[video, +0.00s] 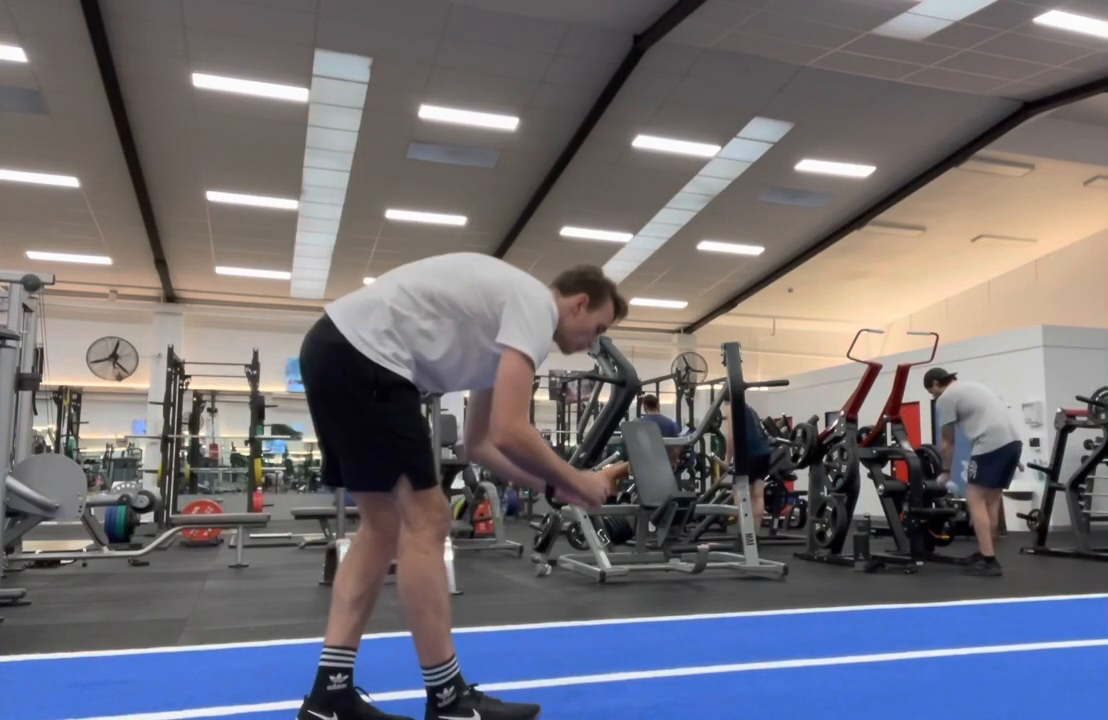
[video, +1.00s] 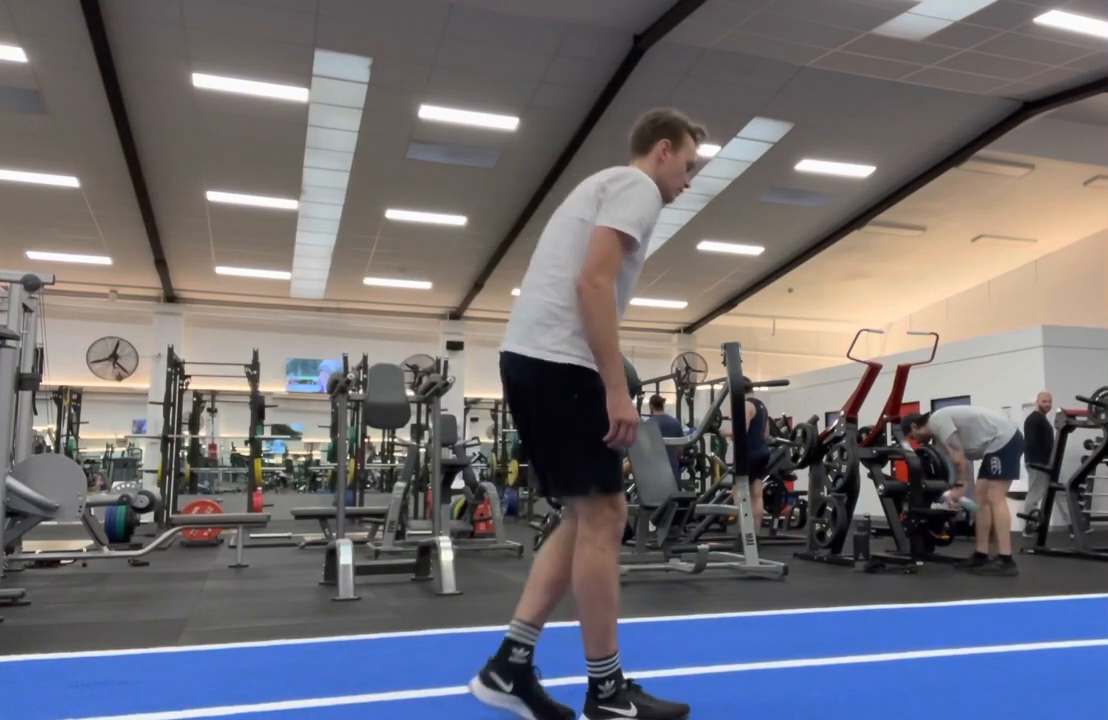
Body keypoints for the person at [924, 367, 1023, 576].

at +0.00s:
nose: (933, 396)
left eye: (931, 392)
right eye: (931, 393)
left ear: (937, 384)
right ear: (949, 379)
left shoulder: (946, 398)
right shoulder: (970, 387)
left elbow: (948, 441)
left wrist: (946, 472)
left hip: (991, 444)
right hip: (1012, 441)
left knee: (975, 500)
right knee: (992, 500)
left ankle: (988, 558)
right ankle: (984, 551)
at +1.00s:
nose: (916, 441)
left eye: (913, 436)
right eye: (912, 439)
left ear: (915, 427)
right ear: (917, 425)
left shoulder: (938, 420)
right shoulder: (938, 430)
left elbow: (959, 457)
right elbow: (960, 460)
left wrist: (959, 487)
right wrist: (959, 491)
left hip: (1006, 440)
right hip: (991, 445)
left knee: (996, 496)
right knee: (981, 496)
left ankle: (1005, 559)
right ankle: (981, 554)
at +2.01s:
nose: (917, 437)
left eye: (913, 433)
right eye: (913, 435)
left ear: (915, 423)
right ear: (918, 422)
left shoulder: (938, 419)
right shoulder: (938, 430)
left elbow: (958, 456)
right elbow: (958, 459)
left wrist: (956, 486)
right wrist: (954, 489)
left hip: (1006, 440)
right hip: (992, 445)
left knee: (996, 497)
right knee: (982, 497)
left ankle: (1005, 559)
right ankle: (981, 554)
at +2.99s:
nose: (925, 377)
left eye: (925, 371)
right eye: (923, 372)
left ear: (935, 365)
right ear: (939, 365)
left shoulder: (948, 379)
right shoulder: (957, 381)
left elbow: (950, 412)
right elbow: (961, 423)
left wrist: (934, 434)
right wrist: (941, 442)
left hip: (981, 440)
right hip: (983, 441)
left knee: (969, 495)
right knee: (973, 497)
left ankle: (996, 551)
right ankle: (981, 552)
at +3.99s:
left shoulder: (947, 374)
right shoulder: (956, 374)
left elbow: (939, 407)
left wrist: (918, 405)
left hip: (943, 442)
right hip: (962, 440)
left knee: (944, 500)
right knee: (965, 498)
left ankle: (947, 554)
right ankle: (979, 551)